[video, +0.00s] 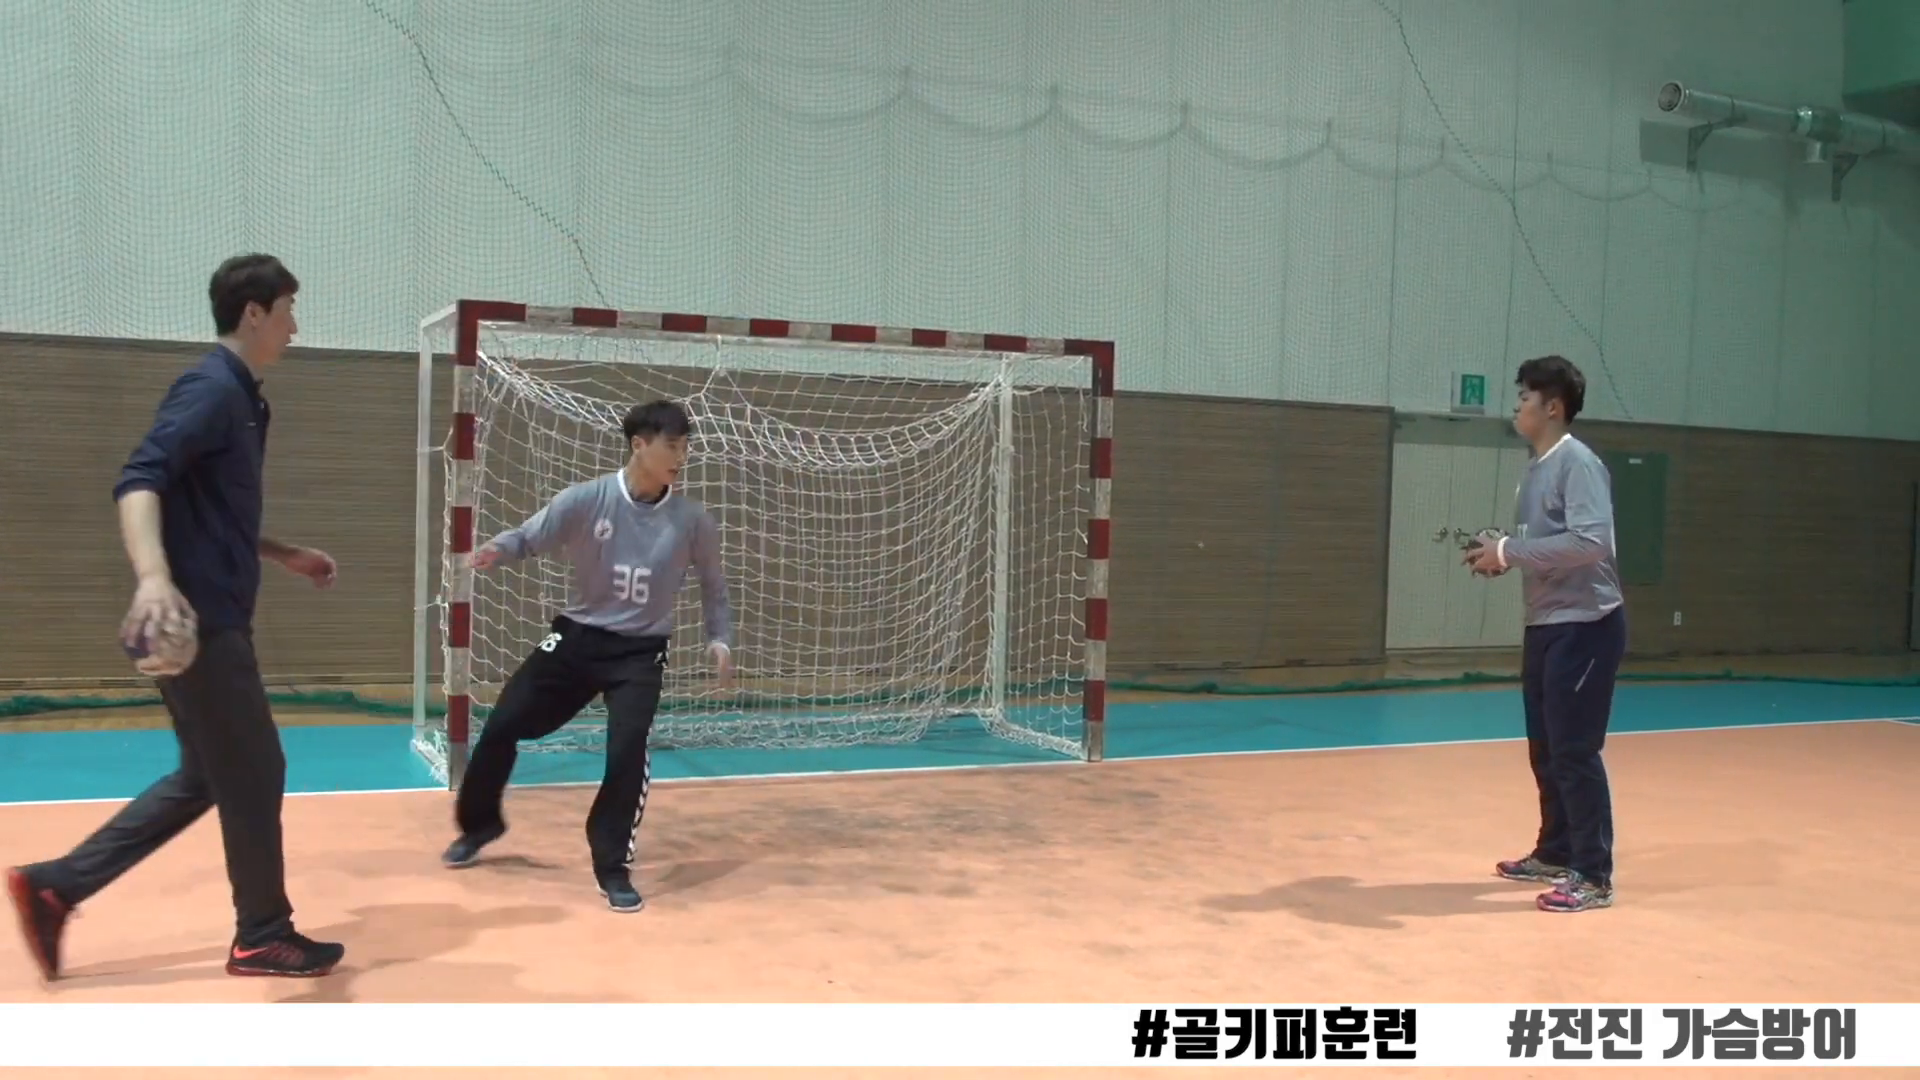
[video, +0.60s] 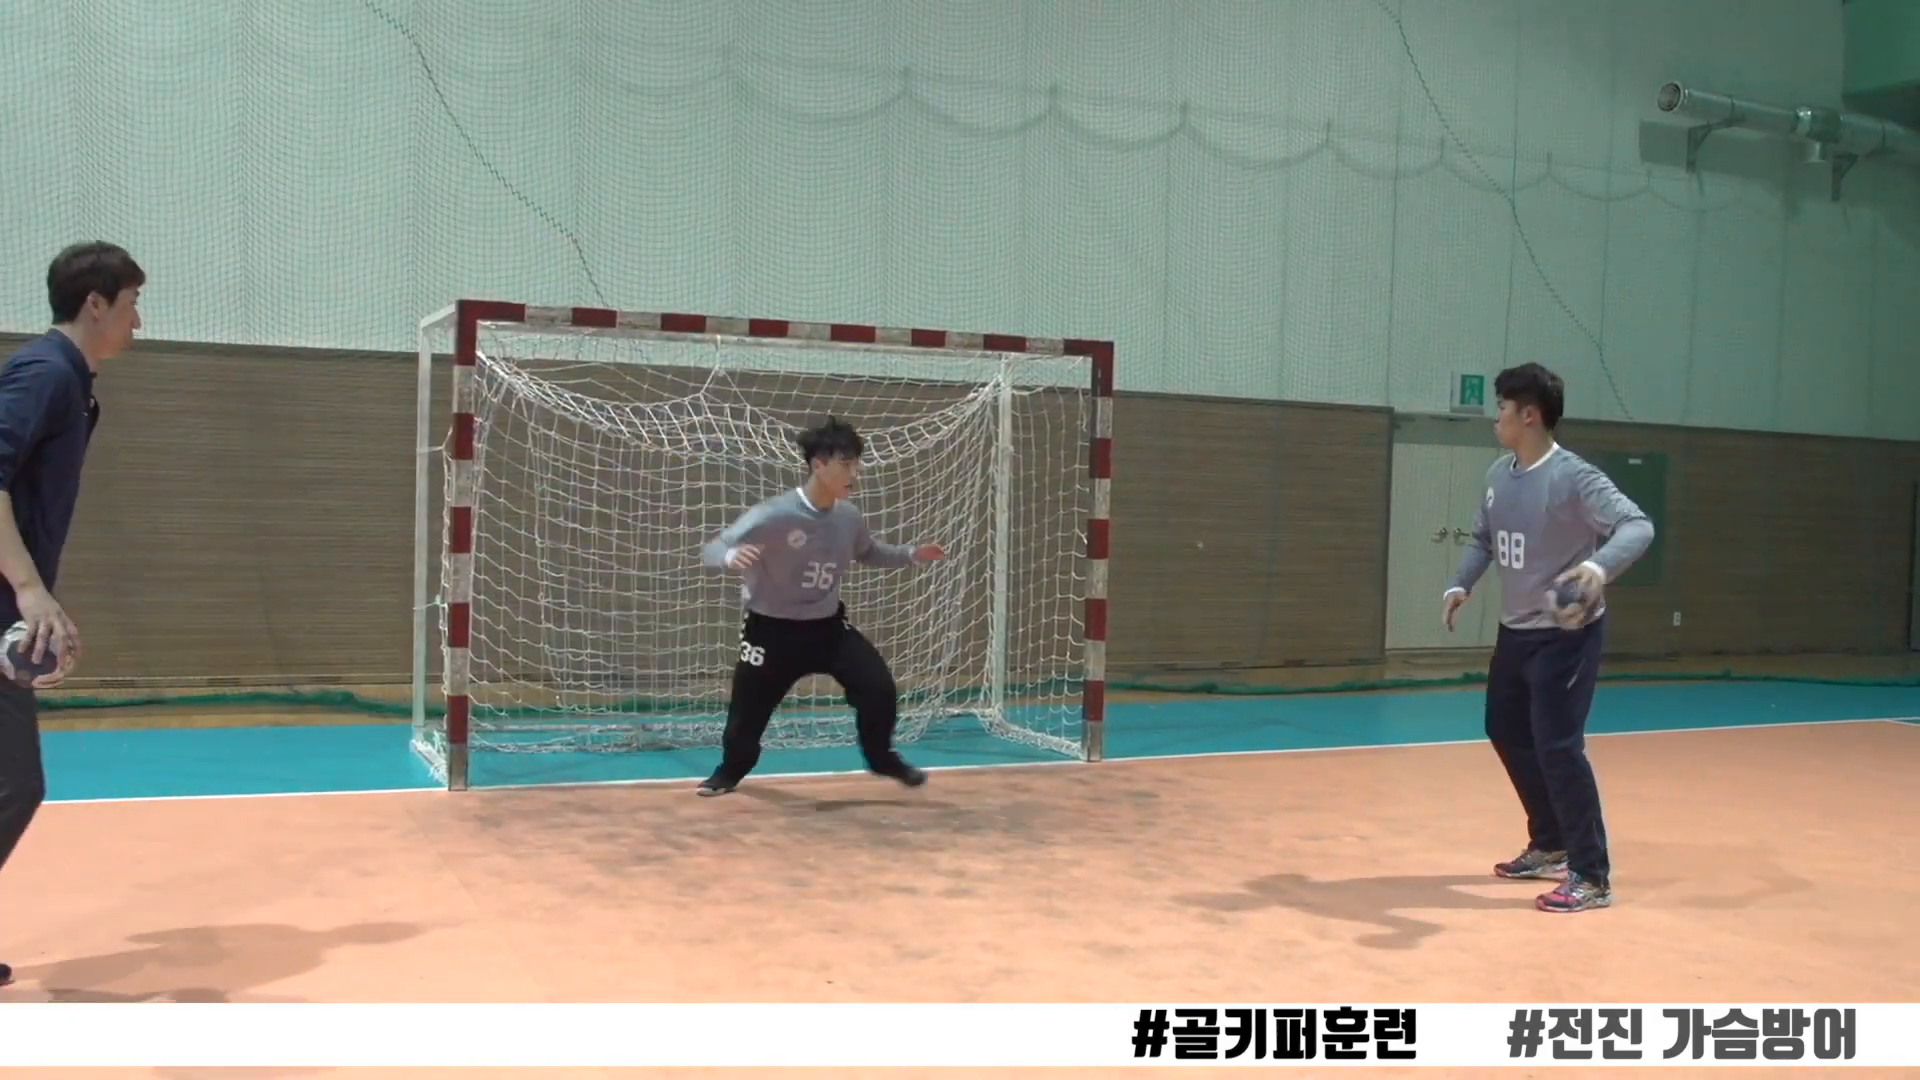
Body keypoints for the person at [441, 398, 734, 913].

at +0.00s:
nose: (681, 456)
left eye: (685, 446)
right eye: (672, 446)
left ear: (686, 449)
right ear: (639, 445)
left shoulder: (694, 521)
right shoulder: (587, 500)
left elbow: (715, 594)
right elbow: (527, 537)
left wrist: (721, 642)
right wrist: (495, 550)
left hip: (641, 654)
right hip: (576, 643)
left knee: (627, 755)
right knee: (502, 725)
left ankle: (614, 868)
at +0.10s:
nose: (695, 435)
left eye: (698, 425)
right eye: (684, 424)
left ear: (698, 431)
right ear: (652, 427)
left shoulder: (707, 500)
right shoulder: (604, 484)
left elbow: (714, 556)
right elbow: (552, 526)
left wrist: (717, 603)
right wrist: (530, 557)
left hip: (662, 625)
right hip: (600, 621)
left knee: (657, 730)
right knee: (561, 729)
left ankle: (646, 846)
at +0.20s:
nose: (710, 436)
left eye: (712, 426)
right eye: (699, 426)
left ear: (715, 433)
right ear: (668, 430)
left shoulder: (720, 499)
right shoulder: (627, 491)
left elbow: (732, 554)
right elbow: (577, 532)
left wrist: (762, 579)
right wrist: (544, 556)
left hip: (688, 626)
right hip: (626, 623)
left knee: (685, 709)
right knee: (597, 725)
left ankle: (684, 806)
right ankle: (580, 816)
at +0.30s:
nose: (737, 424)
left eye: (740, 415)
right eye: (727, 414)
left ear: (742, 420)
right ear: (699, 417)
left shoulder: (757, 479)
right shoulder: (661, 473)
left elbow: (795, 506)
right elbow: (604, 503)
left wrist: (832, 490)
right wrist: (572, 486)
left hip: (717, 613)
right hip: (657, 606)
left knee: (719, 723)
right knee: (608, 706)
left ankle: (710, 778)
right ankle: (577, 814)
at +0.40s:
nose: (777, 425)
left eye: (780, 416)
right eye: (768, 415)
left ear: (781, 418)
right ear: (740, 415)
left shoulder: (790, 467)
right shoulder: (697, 467)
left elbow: (836, 473)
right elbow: (630, 476)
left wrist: (860, 450)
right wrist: (630, 439)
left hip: (755, 600)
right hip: (701, 595)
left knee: (753, 701)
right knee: (667, 692)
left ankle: (715, 787)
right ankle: (643, 779)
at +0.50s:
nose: (819, 442)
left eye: (820, 433)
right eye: (811, 432)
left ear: (818, 435)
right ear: (781, 432)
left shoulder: (824, 479)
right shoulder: (738, 479)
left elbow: (853, 500)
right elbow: (684, 508)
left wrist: (888, 492)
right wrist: (680, 494)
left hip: (793, 604)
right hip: (738, 604)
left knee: (824, 687)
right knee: (722, 698)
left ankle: (772, 758)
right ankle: (712, 758)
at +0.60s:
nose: (854, 475)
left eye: (855, 466)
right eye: (846, 464)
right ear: (817, 465)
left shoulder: (849, 518)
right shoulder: (773, 515)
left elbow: (868, 552)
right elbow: (712, 550)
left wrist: (911, 554)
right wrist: (729, 555)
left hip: (829, 632)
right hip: (771, 634)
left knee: (879, 690)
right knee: (746, 715)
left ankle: (881, 757)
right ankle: (731, 770)